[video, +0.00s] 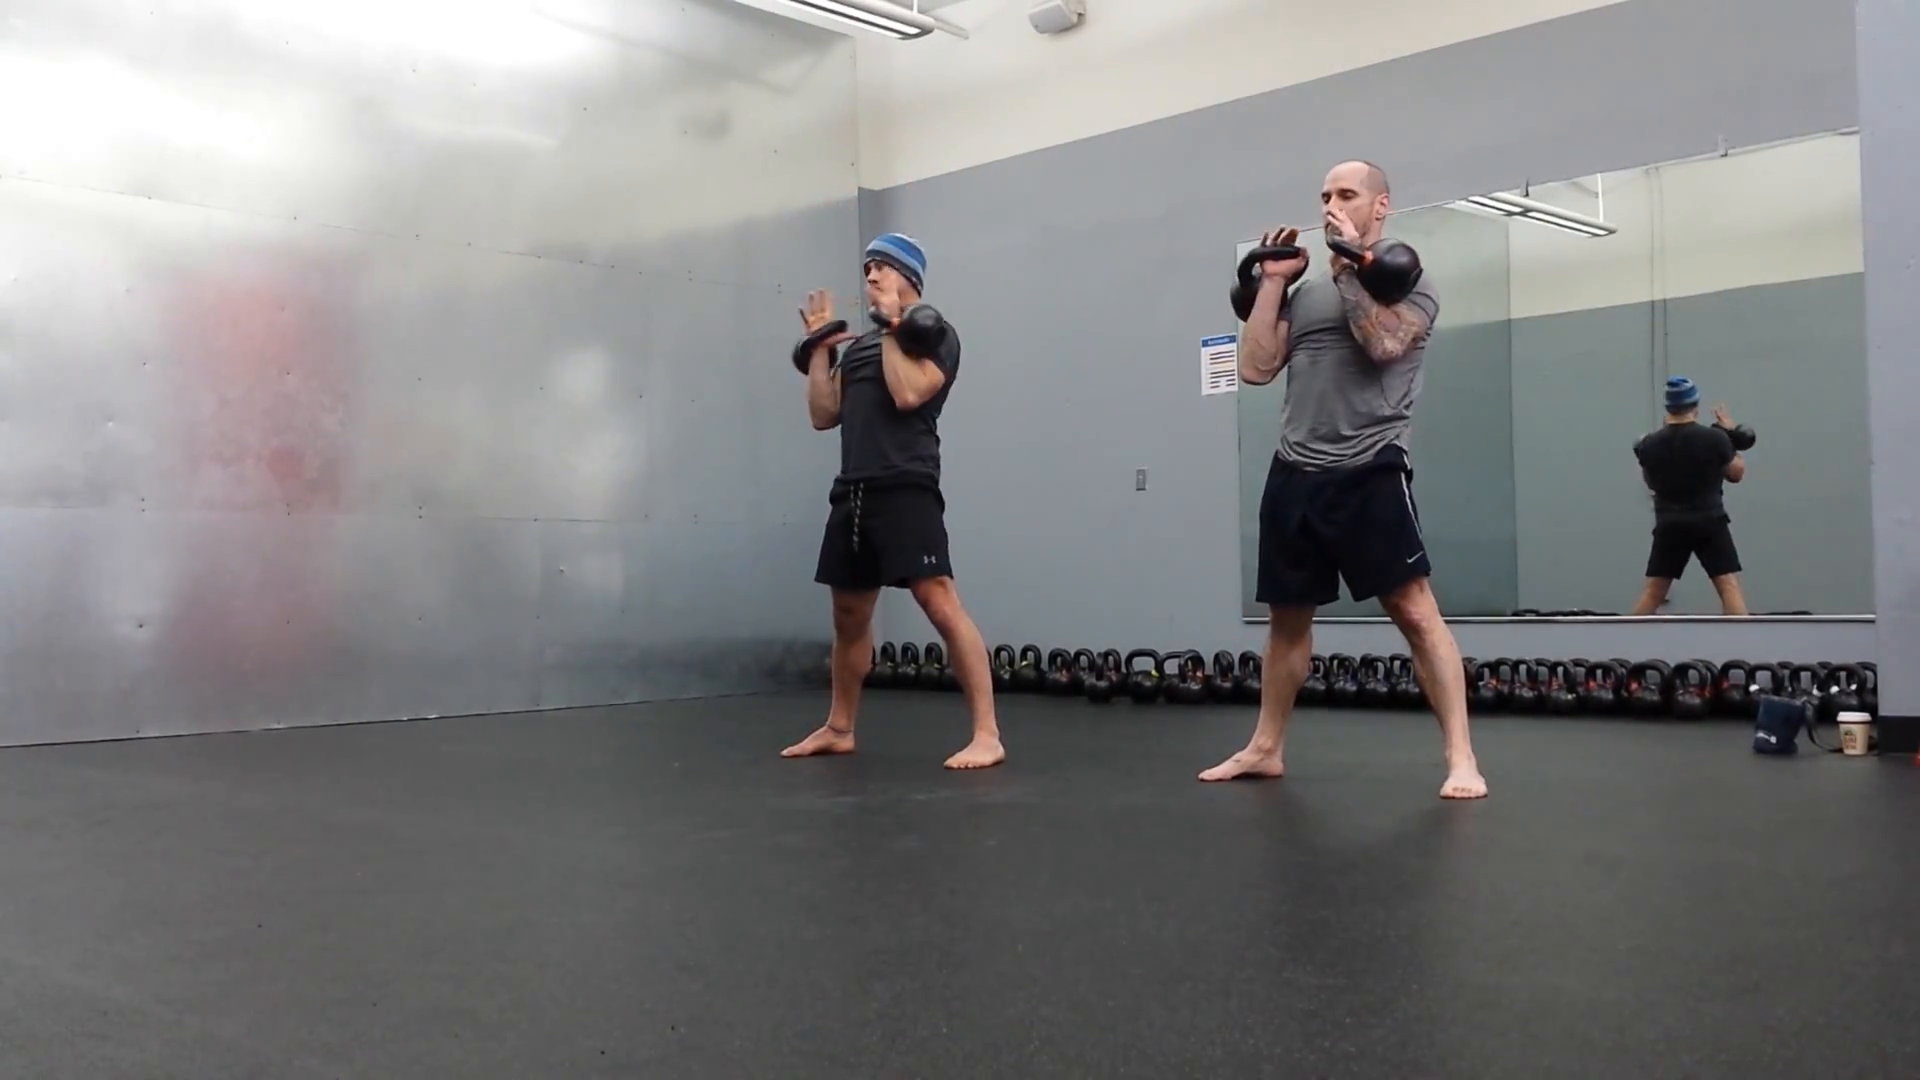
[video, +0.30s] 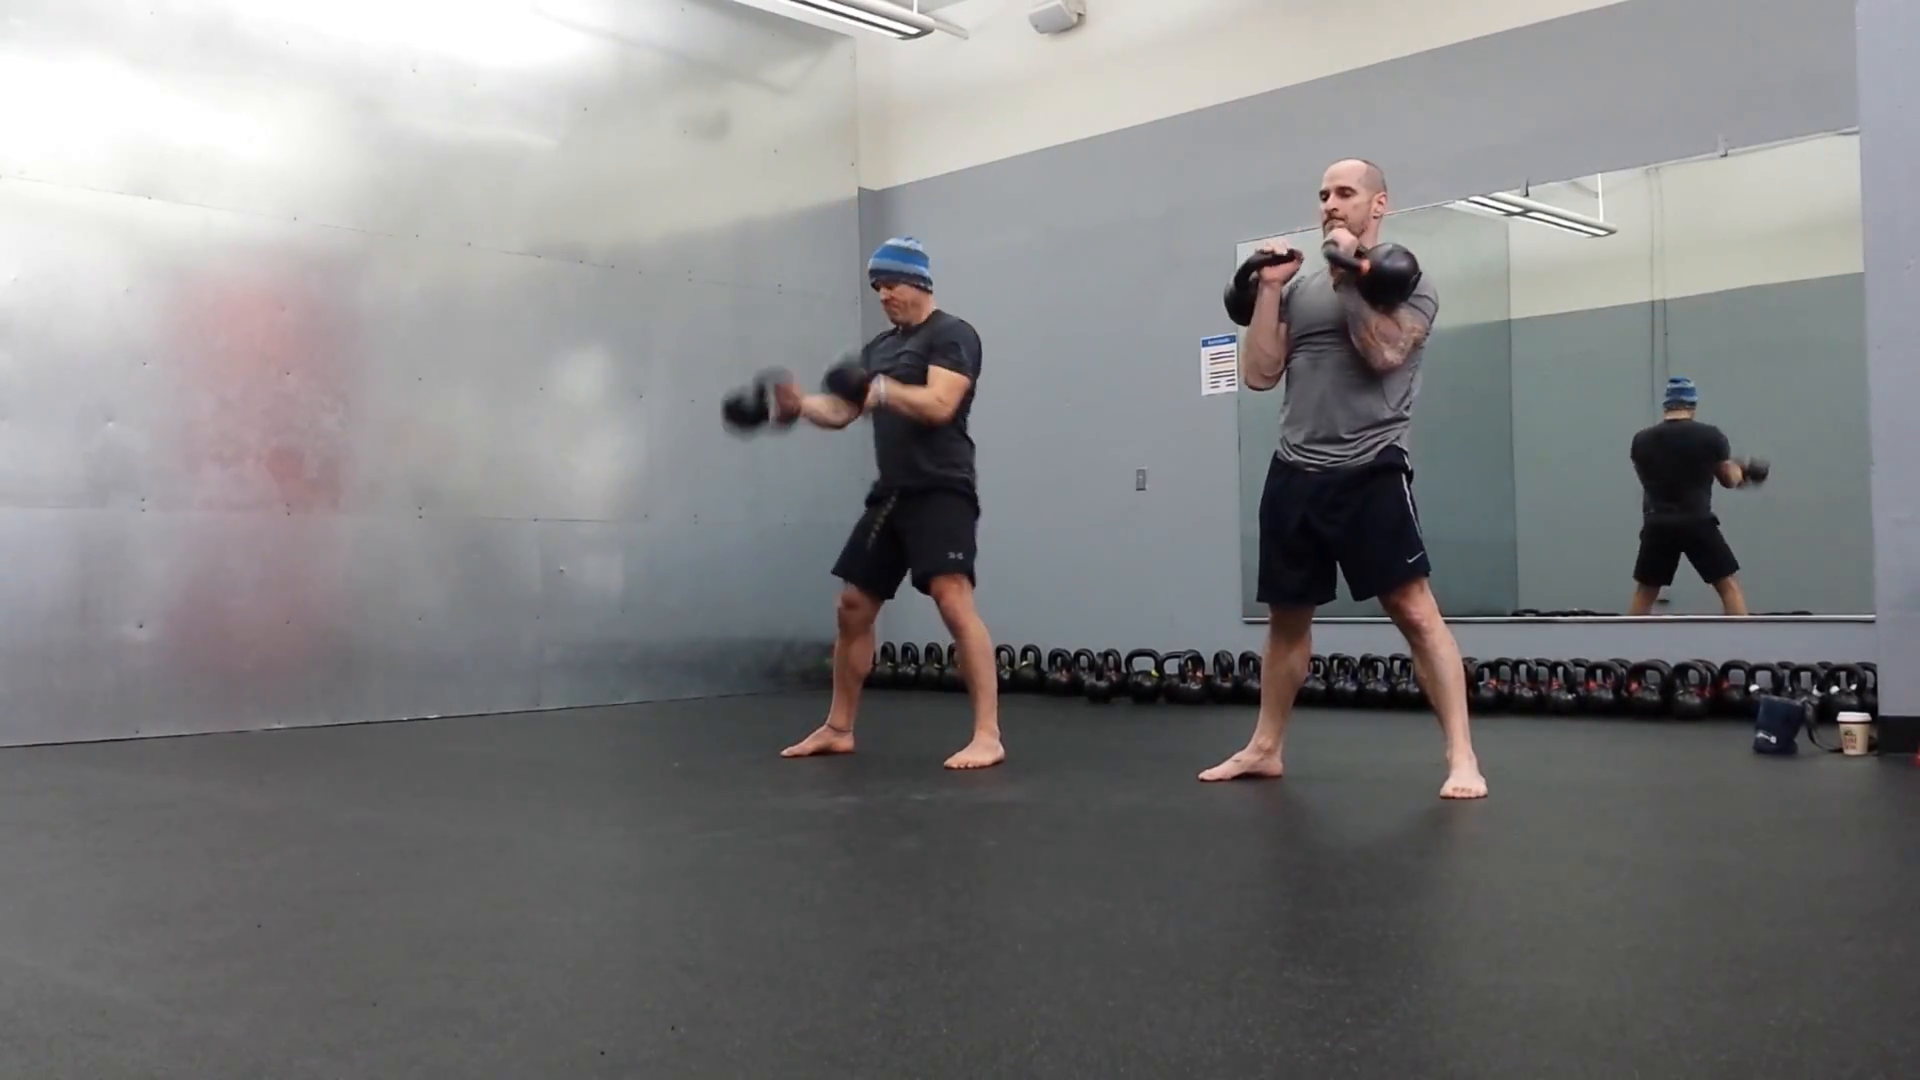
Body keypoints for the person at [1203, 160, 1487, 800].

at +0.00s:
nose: (1332, 208)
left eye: (1346, 196)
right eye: (1326, 198)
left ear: (1383, 207)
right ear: (1320, 211)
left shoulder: (1412, 286)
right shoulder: (1302, 296)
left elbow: (1386, 345)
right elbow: (1256, 367)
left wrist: (1348, 273)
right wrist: (1271, 280)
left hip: (1372, 474)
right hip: (1295, 474)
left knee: (1415, 614)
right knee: (1287, 618)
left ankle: (1461, 758)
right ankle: (1265, 747)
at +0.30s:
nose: (1330, 204)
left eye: (1344, 193)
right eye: (1324, 195)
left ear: (1381, 205)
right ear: (1318, 209)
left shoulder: (1410, 285)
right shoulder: (1295, 288)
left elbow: (1385, 353)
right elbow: (1260, 375)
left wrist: (1346, 273)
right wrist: (1268, 288)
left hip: (1373, 473)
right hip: (1295, 473)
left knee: (1415, 612)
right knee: (1286, 617)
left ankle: (1462, 758)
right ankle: (1265, 746)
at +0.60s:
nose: (1342, 214)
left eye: (1356, 202)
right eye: (1336, 204)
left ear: (1390, 207)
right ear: (1330, 215)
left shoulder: (1420, 280)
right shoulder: (1316, 294)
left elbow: (1400, 354)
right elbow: (1280, 378)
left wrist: (1343, 327)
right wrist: (1259, 341)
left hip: (1399, 470)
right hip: (1323, 473)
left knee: (1429, 605)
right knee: (1284, 610)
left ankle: (1465, 757)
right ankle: (1264, 746)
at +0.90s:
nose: (1319, 286)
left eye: (1331, 273)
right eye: (1313, 275)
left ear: (1366, 274)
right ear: (1310, 280)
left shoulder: (1411, 346)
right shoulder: (1305, 356)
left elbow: (1399, 455)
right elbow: (1291, 447)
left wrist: (1368, 535)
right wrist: (1282, 529)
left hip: (1425, 504)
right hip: (1348, 509)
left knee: (1461, 601)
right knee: (1252, 602)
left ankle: (1471, 755)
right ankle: (1260, 745)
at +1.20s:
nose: (1240, 416)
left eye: (1253, 400)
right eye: (1233, 403)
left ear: (1290, 397)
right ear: (1230, 406)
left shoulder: (1362, 456)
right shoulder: (1247, 477)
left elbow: (1388, 557)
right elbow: (1295, 558)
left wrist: (1396, 626)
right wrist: (1339, 626)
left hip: (1413, 540)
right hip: (1332, 554)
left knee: (1439, 615)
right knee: (1226, 615)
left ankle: (1467, 757)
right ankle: (1259, 748)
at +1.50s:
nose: (1331, 222)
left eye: (1344, 210)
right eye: (1324, 214)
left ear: (1379, 217)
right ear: (1318, 226)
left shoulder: (1411, 296)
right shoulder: (1308, 308)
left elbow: (1380, 383)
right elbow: (1288, 391)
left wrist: (1340, 460)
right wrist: (1271, 470)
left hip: (1401, 471)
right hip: (1327, 471)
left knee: (1437, 596)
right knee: (1270, 598)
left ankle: (1468, 755)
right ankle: (1262, 742)